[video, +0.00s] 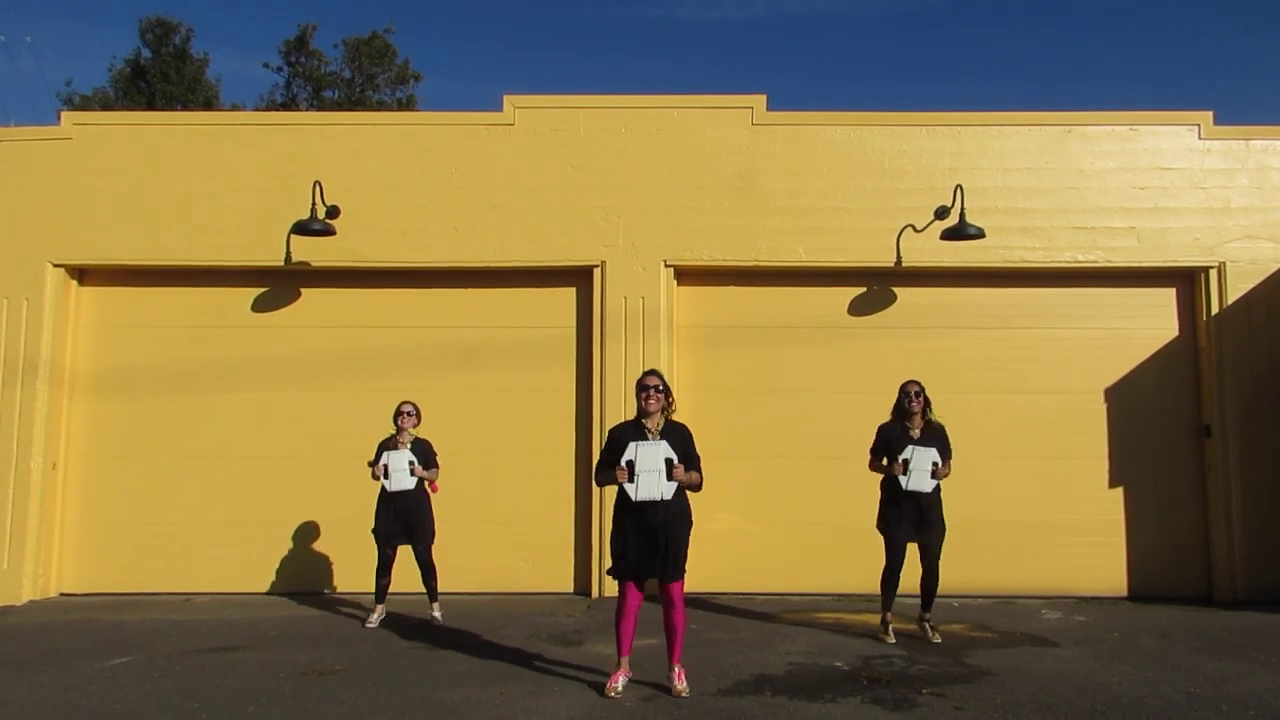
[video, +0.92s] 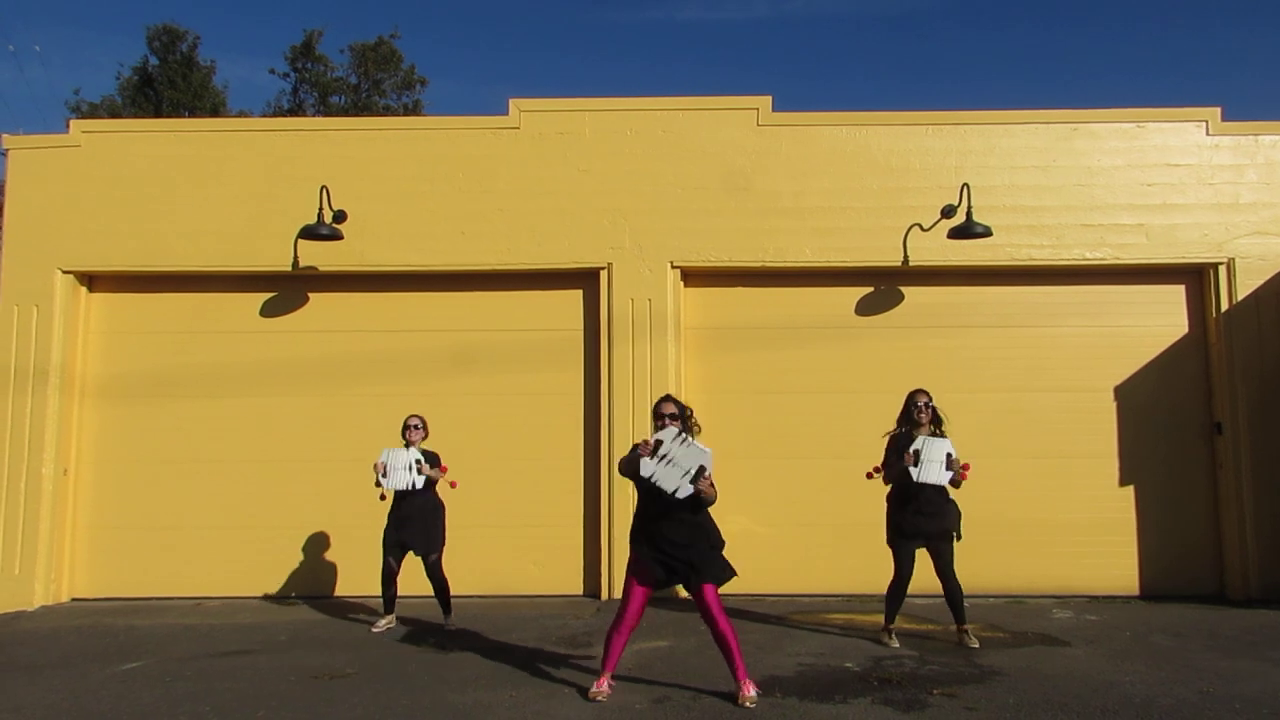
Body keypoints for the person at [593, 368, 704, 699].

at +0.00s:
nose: (650, 394)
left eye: (657, 390)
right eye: (645, 389)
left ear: (667, 396)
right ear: (637, 395)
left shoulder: (680, 433)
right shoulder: (621, 433)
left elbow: (697, 481)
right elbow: (600, 476)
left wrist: (683, 476)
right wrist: (616, 474)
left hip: (672, 529)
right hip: (631, 529)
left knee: (673, 597)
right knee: (629, 598)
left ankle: (676, 668)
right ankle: (622, 667)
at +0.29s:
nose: (653, 416)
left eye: (660, 411)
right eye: (647, 411)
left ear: (672, 415)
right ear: (640, 415)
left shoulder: (681, 447)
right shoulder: (631, 449)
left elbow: (702, 482)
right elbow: (623, 482)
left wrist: (704, 458)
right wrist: (638, 469)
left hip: (679, 540)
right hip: (636, 541)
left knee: (701, 613)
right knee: (621, 614)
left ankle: (724, 683)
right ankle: (600, 679)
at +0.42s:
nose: (660, 393)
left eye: (667, 388)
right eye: (655, 388)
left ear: (678, 392)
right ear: (647, 393)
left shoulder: (694, 423)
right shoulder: (638, 430)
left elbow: (736, 433)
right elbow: (626, 469)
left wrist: (741, 399)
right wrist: (608, 476)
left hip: (689, 522)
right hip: (647, 523)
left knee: (707, 593)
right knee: (628, 592)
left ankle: (728, 668)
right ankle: (608, 658)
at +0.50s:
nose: (665, 394)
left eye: (672, 389)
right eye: (660, 389)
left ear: (686, 392)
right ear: (653, 392)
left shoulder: (704, 417)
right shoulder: (647, 427)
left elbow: (741, 395)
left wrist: (755, 362)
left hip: (696, 515)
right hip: (654, 516)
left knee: (713, 594)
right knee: (636, 592)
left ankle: (731, 668)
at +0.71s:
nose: (684, 408)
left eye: (688, 402)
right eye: (677, 403)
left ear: (694, 402)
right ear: (665, 405)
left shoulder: (707, 427)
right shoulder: (654, 441)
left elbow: (736, 399)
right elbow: (629, 479)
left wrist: (732, 364)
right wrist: (600, 502)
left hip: (703, 526)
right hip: (661, 527)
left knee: (724, 600)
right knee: (634, 592)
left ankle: (737, 668)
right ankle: (626, 598)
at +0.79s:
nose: (670, 408)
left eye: (677, 402)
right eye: (665, 403)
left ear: (691, 404)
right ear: (659, 405)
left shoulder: (701, 432)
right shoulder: (650, 440)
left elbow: (729, 440)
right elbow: (630, 473)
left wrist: (717, 417)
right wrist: (615, 489)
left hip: (698, 523)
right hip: (655, 524)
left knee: (719, 596)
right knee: (627, 597)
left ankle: (744, 666)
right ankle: (608, 643)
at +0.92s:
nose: (666, 422)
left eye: (673, 417)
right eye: (660, 417)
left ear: (684, 420)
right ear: (653, 420)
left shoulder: (696, 453)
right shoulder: (644, 453)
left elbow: (710, 499)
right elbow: (624, 467)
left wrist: (709, 492)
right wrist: (636, 454)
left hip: (693, 544)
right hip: (650, 543)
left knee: (714, 614)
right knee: (628, 615)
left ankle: (743, 682)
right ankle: (604, 679)